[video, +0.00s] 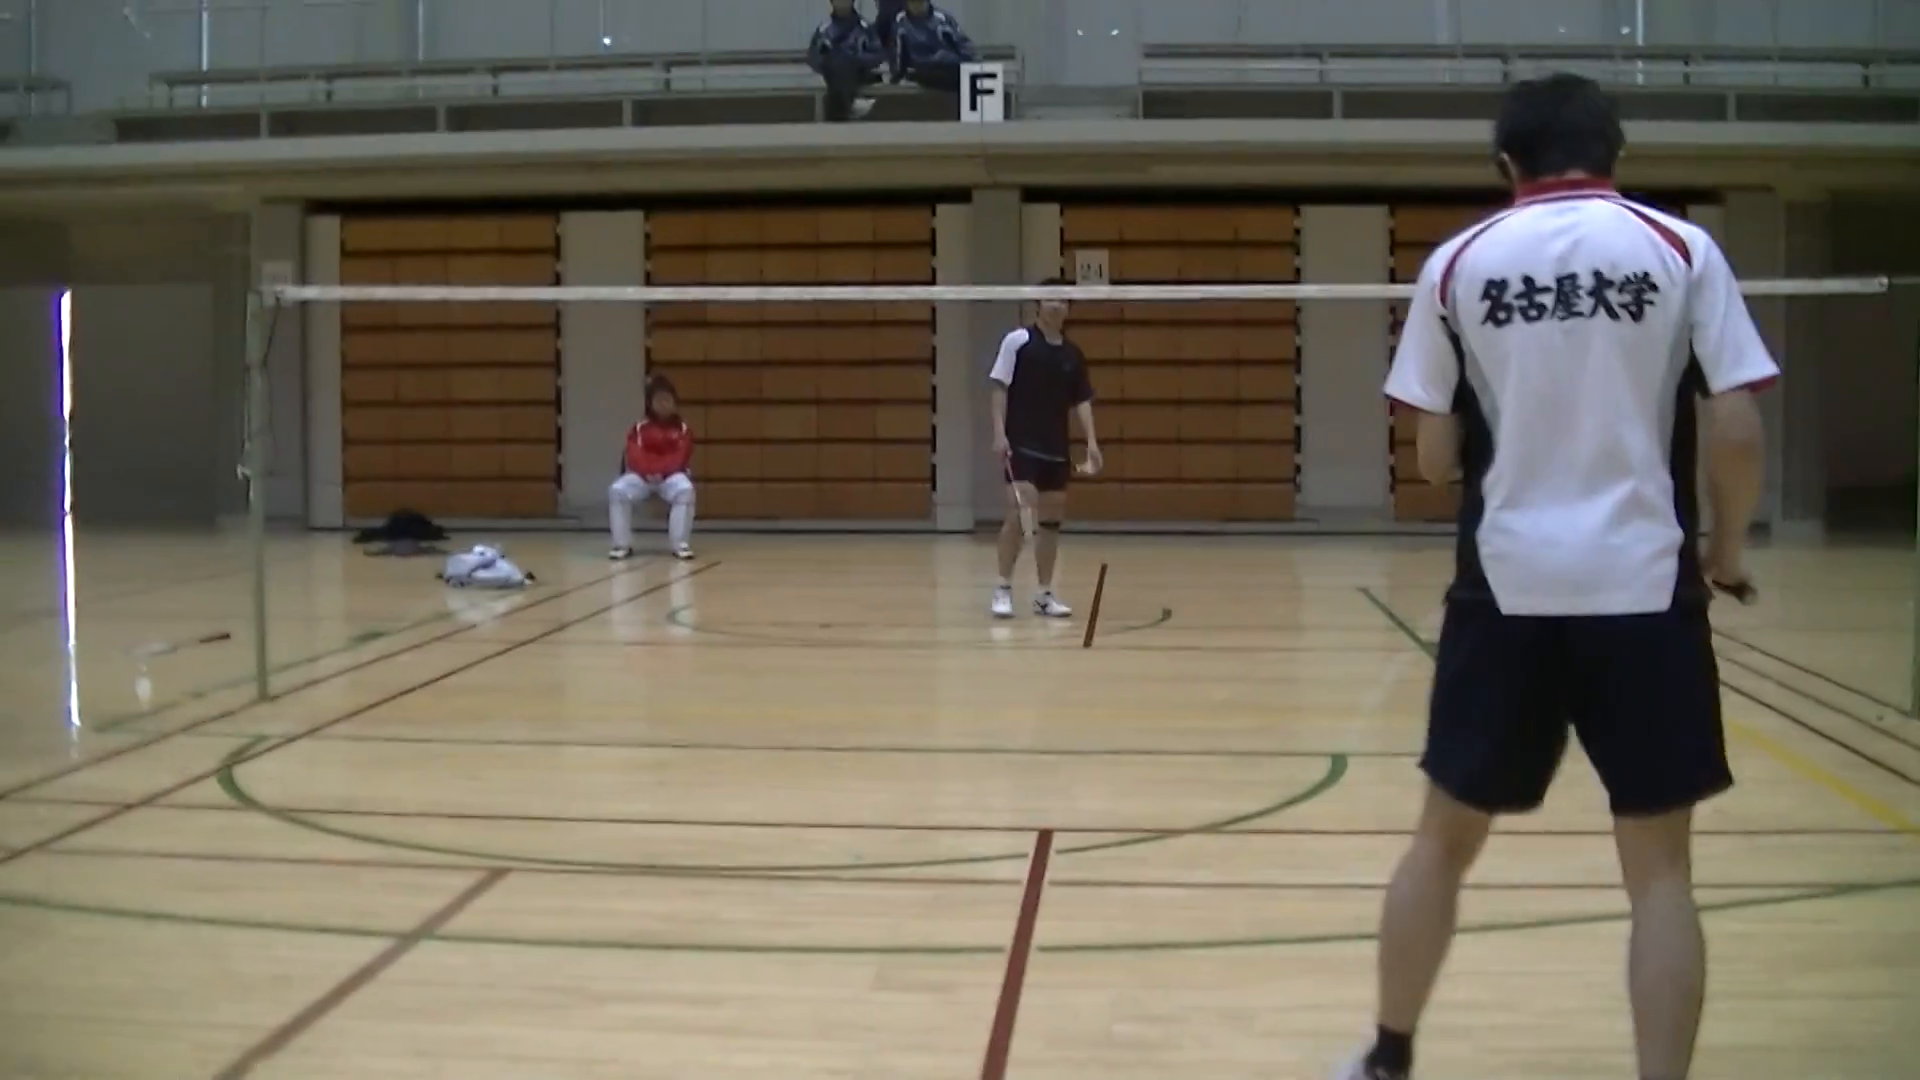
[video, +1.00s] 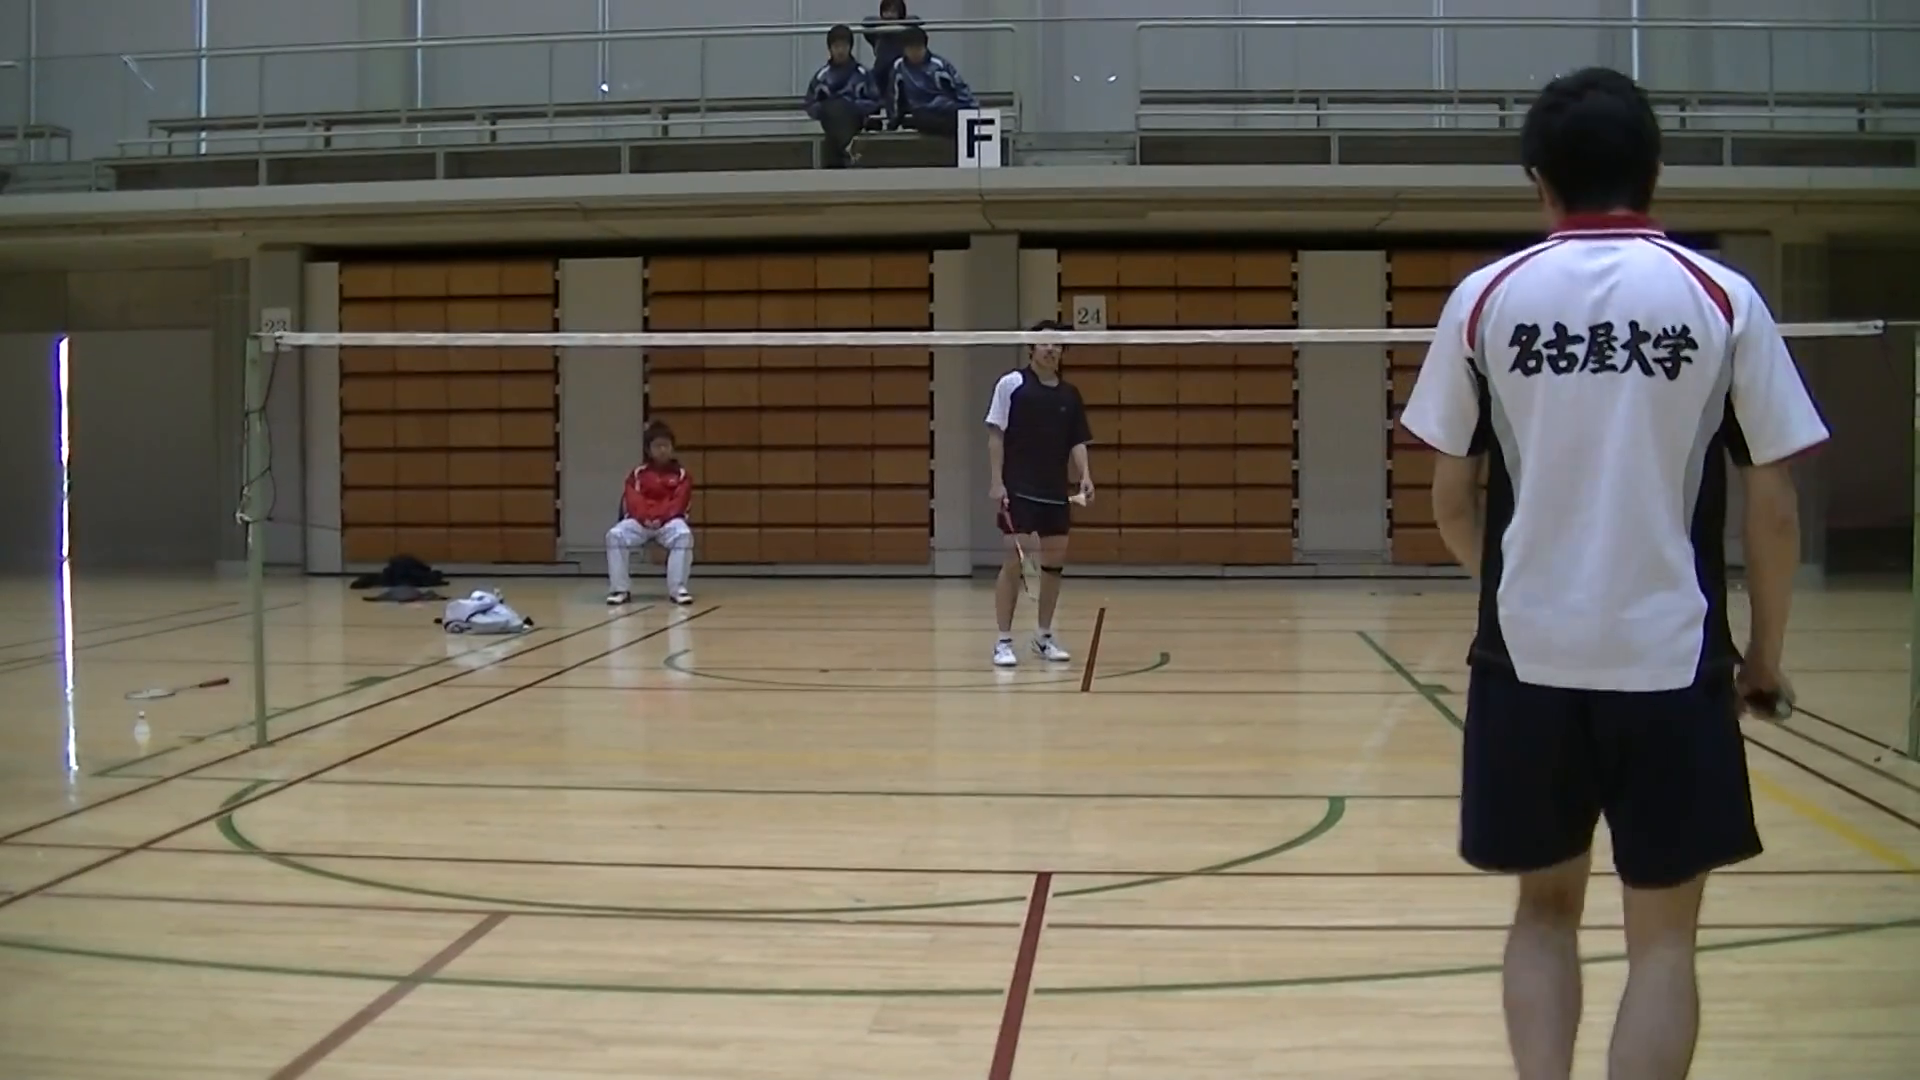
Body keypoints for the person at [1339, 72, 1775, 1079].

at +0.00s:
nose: (1506, 173)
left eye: (1503, 159)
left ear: (1508, 165)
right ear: (1613, 158)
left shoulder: (1458, 264)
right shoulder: (1686, 250)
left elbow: (1437, 458)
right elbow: (1735, 429)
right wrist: (1726, 550)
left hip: (1505, 604)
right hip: (1645, 606)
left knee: (1440, 842)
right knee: (1659, 872)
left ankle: (1388, 1058)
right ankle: (1663, 1078)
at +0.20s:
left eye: (1523, 179)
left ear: (1529, 183)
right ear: (1634, 174)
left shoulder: (1481, 287)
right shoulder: (1715, 276)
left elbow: (1462, 479)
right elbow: (1786, 457)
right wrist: (1770, 566)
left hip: (1539, 637)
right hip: (1675, 636)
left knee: (1530, 860)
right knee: (1673, 902)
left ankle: (1538, 1031)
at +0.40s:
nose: (1497, 207)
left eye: (1494, 196)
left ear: (1510, 195)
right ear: (1614, 187)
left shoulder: (1470, 296)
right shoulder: (1707, 281)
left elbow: (1452, 498)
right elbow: (1776, 458)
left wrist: (1517, 503)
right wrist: (1756, 583)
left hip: (1538, 657)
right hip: (1677, 651)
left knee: (1544, 915)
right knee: (1668, 915)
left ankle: (1549, 1079)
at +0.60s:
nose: (1482, 223)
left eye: (1477, 210)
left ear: (1491, 205)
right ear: (1598, 189)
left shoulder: (1455, 299)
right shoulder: (1694, 274)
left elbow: (1441, 505)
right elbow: (1767, 443)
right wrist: (1746, 583)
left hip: (1530, 650)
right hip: (1671, 644)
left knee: (1536, 919)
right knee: (1655, 895)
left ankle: (1544, 1079)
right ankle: (1654, 1073)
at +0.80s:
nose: (1494, 207)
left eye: (1492, 191)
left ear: (1503, 191)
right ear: (1608, 173)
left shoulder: (1463, 295)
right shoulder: (1701, 274)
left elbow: (1446, 496)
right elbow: (1770, 453)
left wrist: (1510, 524)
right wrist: (1749, 589)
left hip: (1525, 646)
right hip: (1667, 643)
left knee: (1530, 919)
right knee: (1662, 905)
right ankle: (1627, 1072)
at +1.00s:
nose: (1542, 182)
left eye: (1538, 169)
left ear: (1541, 178)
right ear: (1651, 173)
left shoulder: (1485, 298)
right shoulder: (1726, 299)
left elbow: (1453, 500)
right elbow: (1769, 498)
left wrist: (1504, 587)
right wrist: (1767, 654)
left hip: (1528, 665)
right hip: (1668, 669)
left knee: (1545, 905)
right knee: (1661, 934)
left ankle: (1542, 1077)